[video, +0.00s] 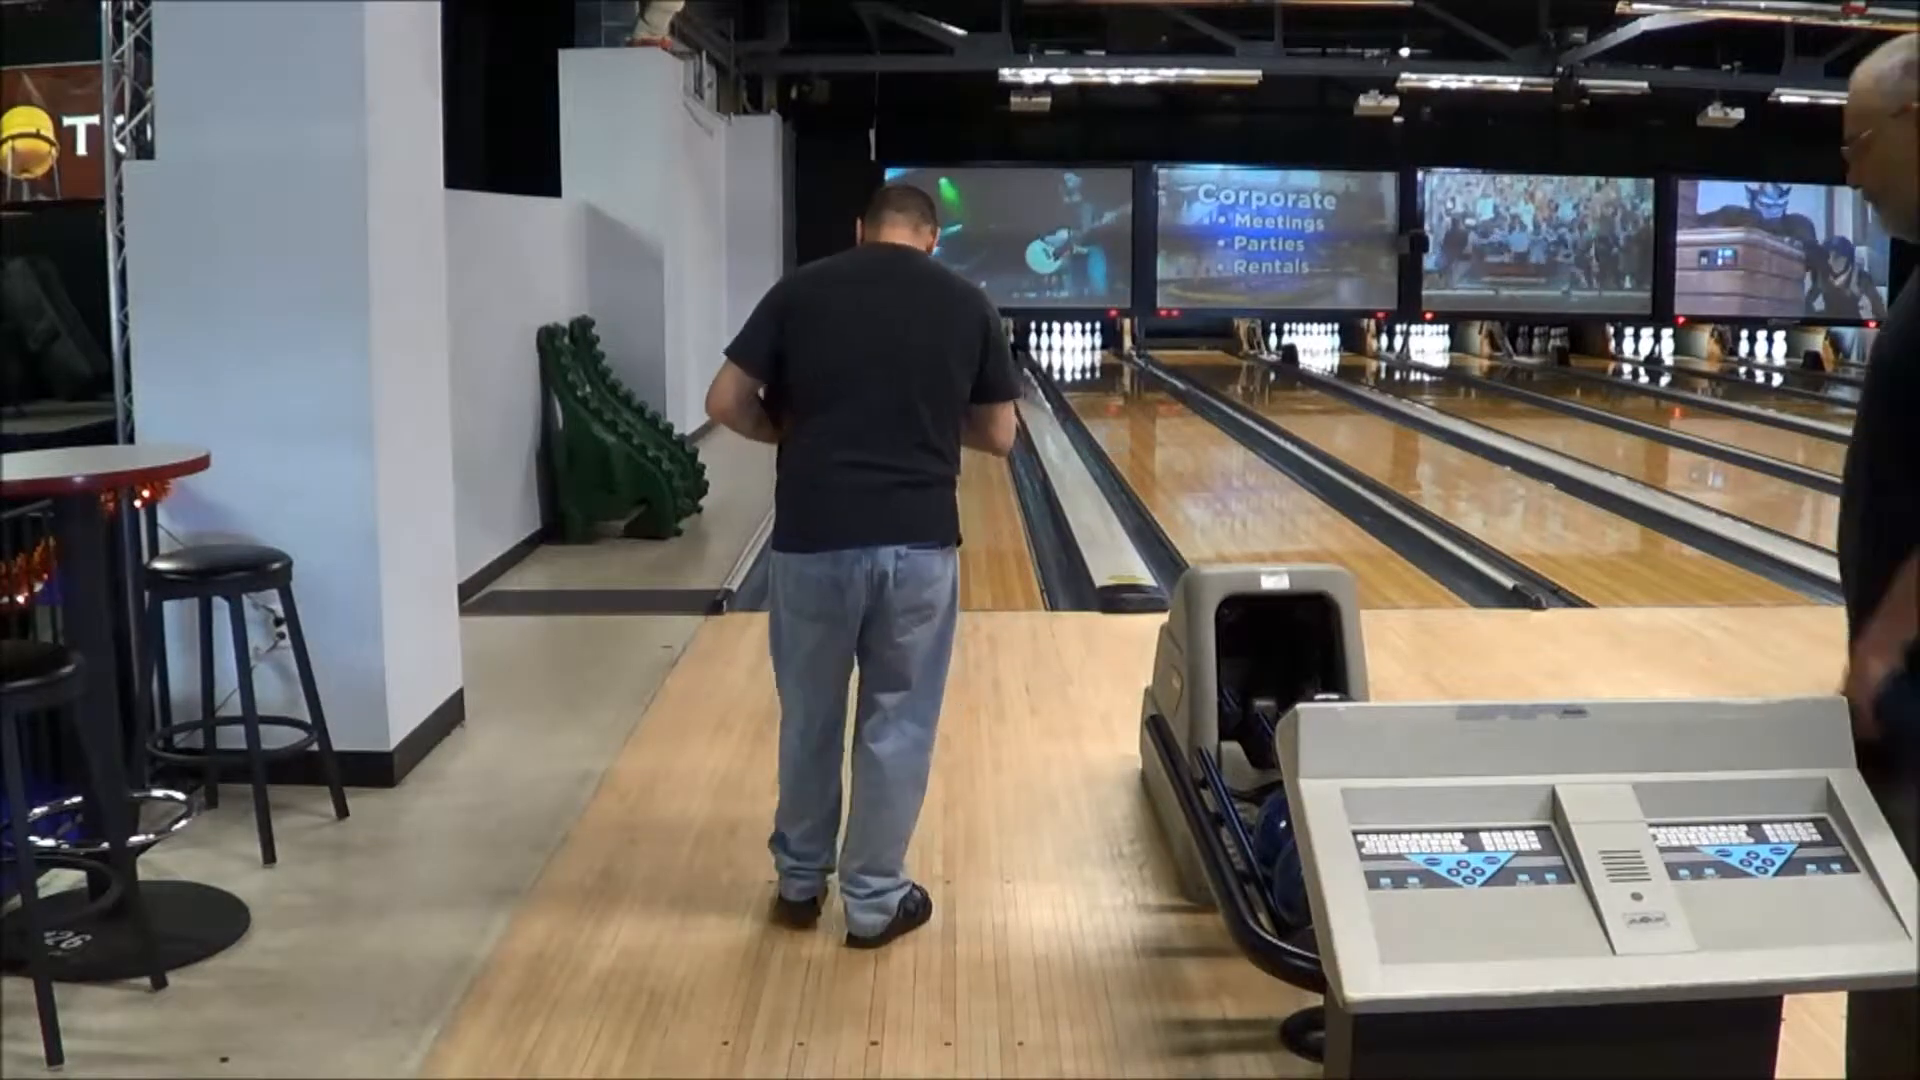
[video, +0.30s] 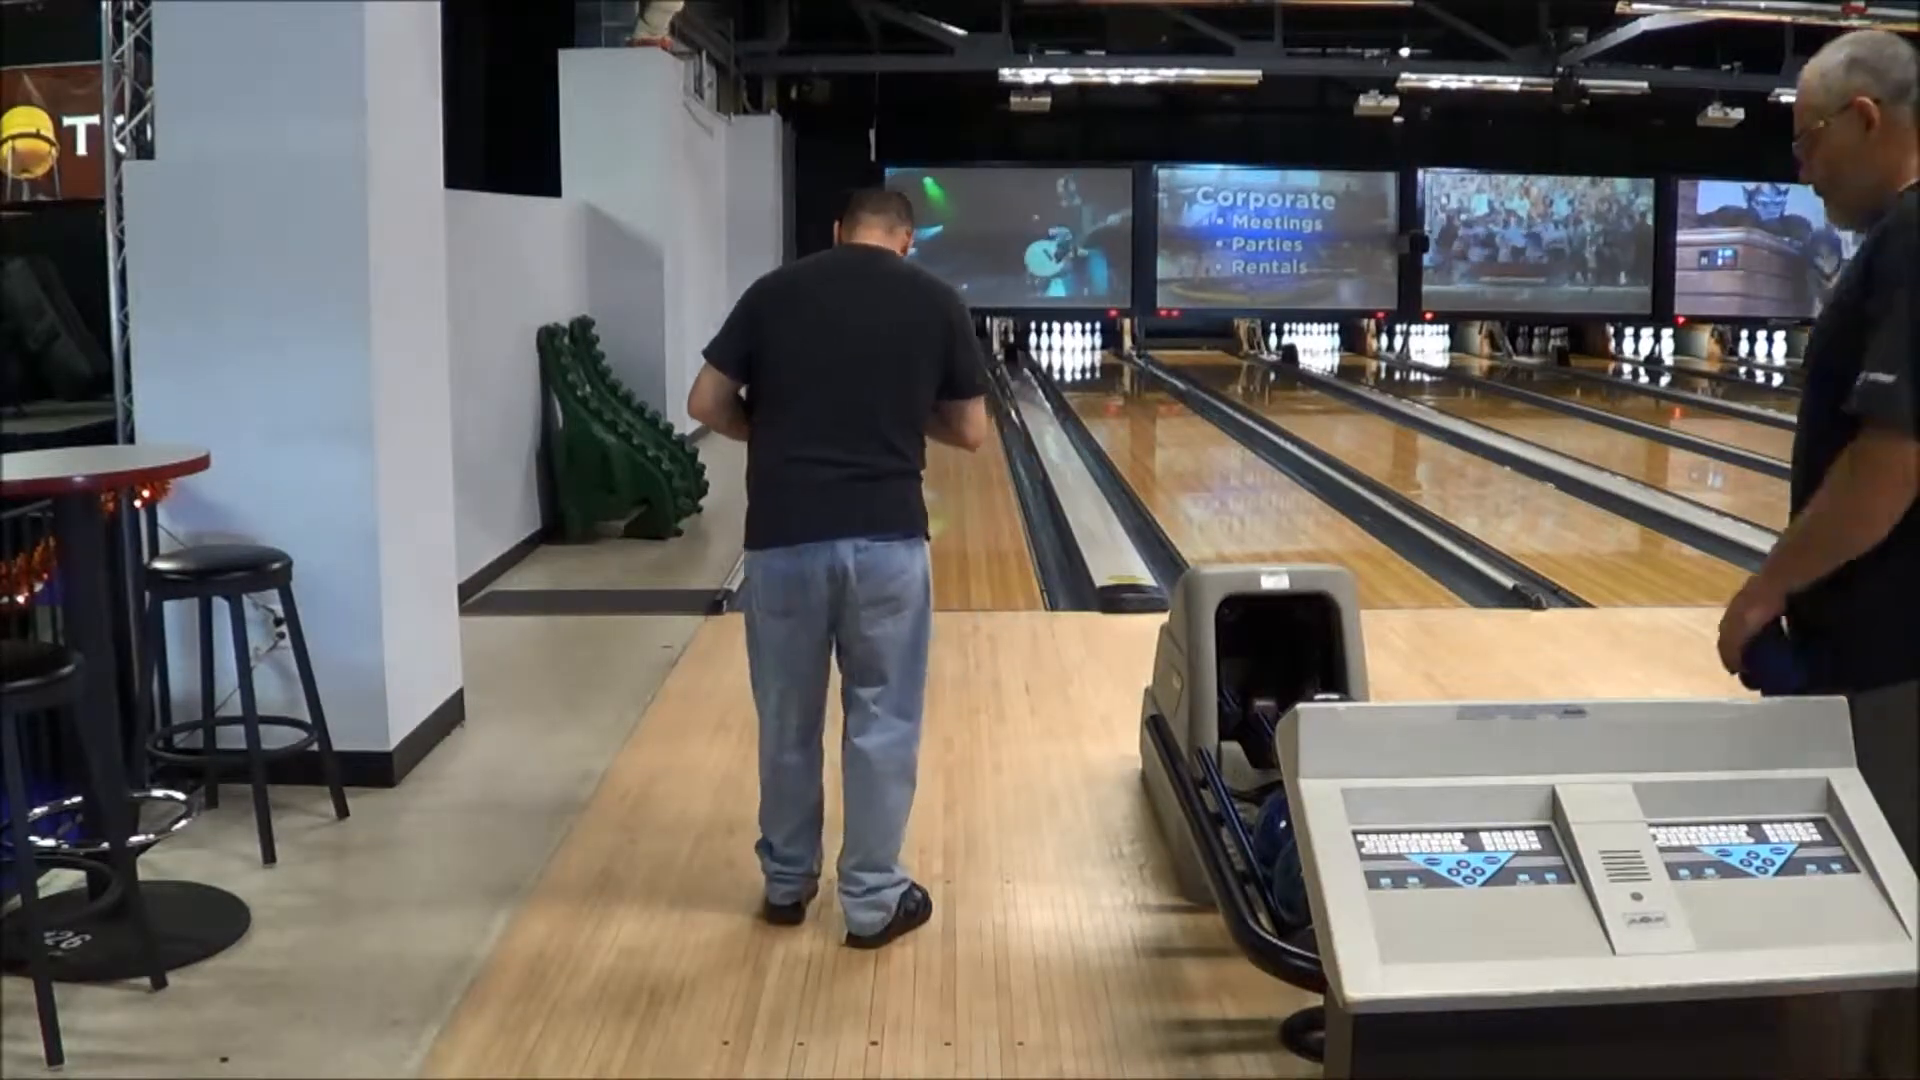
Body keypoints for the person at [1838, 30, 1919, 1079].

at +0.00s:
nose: (1851, 165)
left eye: (1864, 135)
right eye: (1850, 138)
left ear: (1914, 126)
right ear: (1882, 134)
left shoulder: (1917, 286)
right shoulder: (1906, 280)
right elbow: (1911, 497)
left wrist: (1888, 636)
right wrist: (1879, 635)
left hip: (1914, 693)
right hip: (1895, 681)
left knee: (1896, 963)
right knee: (1888, 953)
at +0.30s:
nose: (1801, 157)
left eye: (1808, 132)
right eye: (1798, 135)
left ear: (1870, 121)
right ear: (1875, 122)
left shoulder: (1904, 249)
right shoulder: (1893, 244)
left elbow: (1889, 457)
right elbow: (1883, 454)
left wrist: (1766, 587)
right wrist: (1791, 598)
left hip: (1881, 669)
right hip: (1864, 659)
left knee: (1871, 919)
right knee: (1862, 914)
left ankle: (1850, 1065)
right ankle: (1863, 1062)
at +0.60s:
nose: (1767, 152)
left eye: (1769, 129)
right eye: (1765, 132)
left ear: (1802, 118)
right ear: (1893, 116)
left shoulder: (1817, 243)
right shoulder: (1909, 221)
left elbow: (1761, 476)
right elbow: (1764, 472)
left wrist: (1691, 634)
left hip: (1831, 655)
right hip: (1912, 646)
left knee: (1803, 935)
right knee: (1899, 930)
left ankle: (1787, 1068)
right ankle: (1881, 1064)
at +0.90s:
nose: (1740, 135)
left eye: (1742, 121)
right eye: (1739, 123)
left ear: (1755, 125)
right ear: (1873, 122)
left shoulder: (1728, 255)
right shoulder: (1915, 223)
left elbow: (1656, 482)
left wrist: (1597, 644)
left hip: (1780, 666)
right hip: (1910, 661)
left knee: (1781, 953)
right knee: (1898, 952)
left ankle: (1789, 1069)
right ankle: (1871, 1066)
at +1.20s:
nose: (1747, 123)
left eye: (1749, 110)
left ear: (1756, 119)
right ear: (1884, 120)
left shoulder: (1713, 257)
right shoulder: (1917, 230)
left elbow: (1639, 477)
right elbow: (1640, 475)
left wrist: (1594, 621)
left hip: (1771, 660)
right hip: (1913, 659)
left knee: (1779, 952)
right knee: (1917, 950)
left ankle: (1787, 1072)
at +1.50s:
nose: (1799, 115)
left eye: (1803, 102)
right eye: (1809, 100)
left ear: (1819, 115)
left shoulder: (1778, 258)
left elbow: (1706, 479)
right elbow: (1709, 478)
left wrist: (1664, 628)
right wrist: (1672, 627)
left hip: (1810, 669)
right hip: (1913, 670)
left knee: (1790, 961)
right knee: (1913, 960)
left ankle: (1785, 1074)